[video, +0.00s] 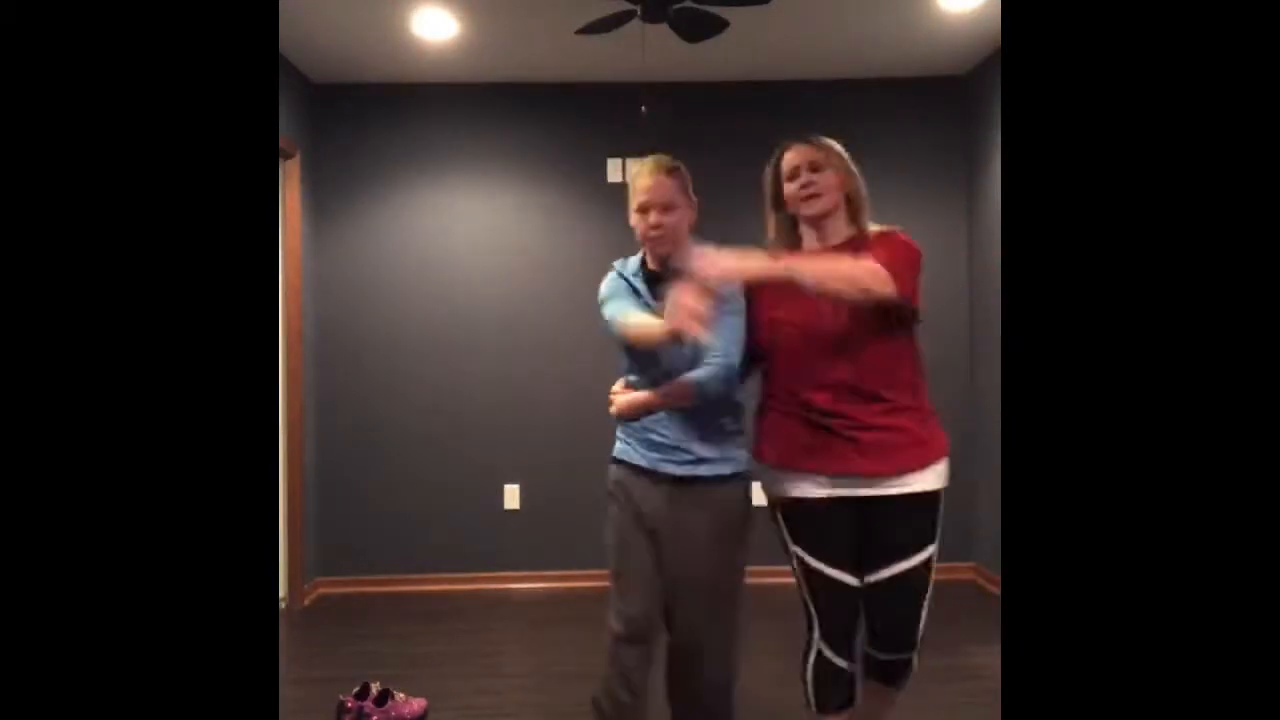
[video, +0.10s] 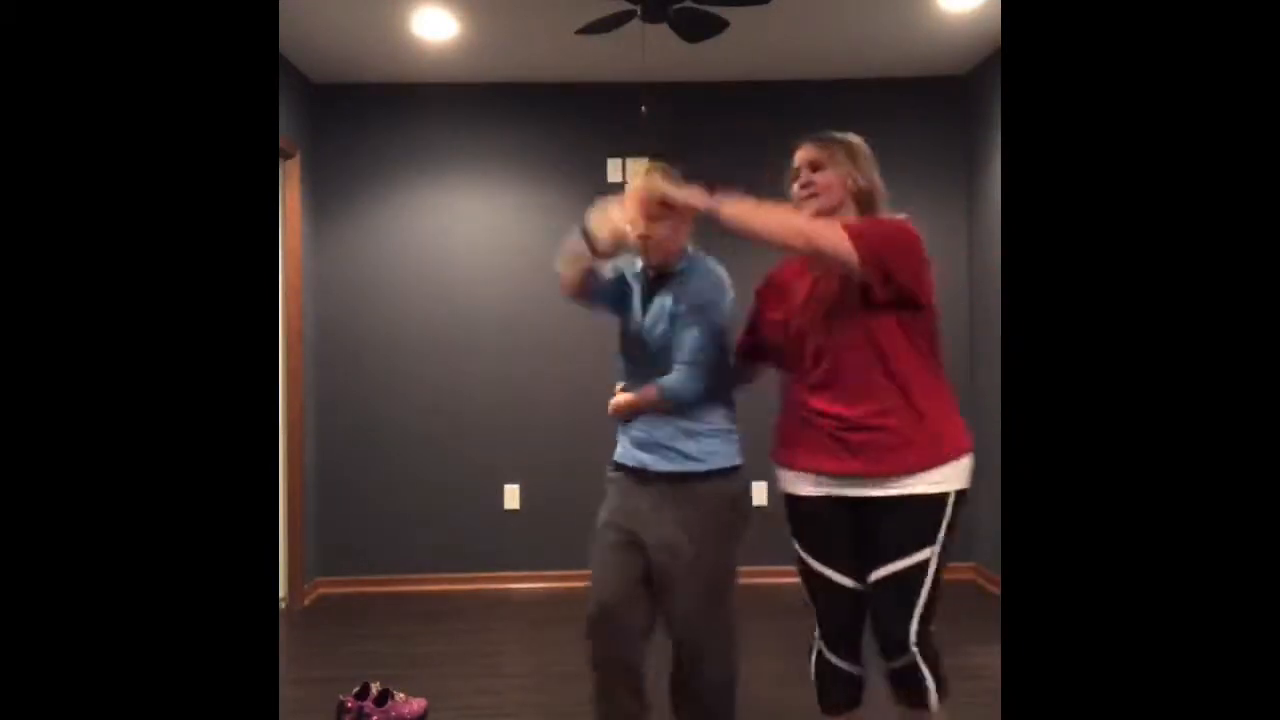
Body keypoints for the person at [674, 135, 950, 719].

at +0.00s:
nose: (804, 181)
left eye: (816, 169)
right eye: (792, 177)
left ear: (847, 178)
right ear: (782, 197)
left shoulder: (891, 247)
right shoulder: (765, 271)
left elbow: (874, 281)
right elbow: (742, 358)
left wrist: (761, 267)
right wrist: (691, 314)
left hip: (901, 472)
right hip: (806, 477)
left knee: (894, 637)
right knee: (834, 634)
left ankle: (872, 714)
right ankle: (834, 717)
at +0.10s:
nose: (800, 181)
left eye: (815, 168)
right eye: (794, 175)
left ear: (856, 176)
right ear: (792, 190)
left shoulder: (898, 240)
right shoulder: (784, 280)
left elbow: (815, 235)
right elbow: (742, 366)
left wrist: (709, 202)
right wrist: (663, 393)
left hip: (915, 476)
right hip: (816, 479)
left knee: (901, 637)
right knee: (837, 639)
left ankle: (926, 711)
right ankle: (837, 715)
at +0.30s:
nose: (827, 192)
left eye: (838, 178)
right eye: (826, 180)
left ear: (881, 180)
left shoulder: (919, 239)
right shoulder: (830, 283)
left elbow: (782, 195)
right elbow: (759, 339)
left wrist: (711, 145)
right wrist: (684, 370)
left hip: (950, 474)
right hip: (862, 478)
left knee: (945, 638)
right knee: (850, 631)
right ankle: (878, 716)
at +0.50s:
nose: (857, 194)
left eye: (868, 182)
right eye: (860, 182)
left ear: (906, 187)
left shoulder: (936, 245)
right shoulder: (884, 283)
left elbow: (785, 214)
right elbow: (799, 343)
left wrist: (770, 171)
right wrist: (708, 357)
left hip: (959, 481)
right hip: (903, 484)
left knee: (939, 647)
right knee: (851, 615)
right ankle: (886, 717)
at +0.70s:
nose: (852, 195)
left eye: (863, 184)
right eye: (856, 183)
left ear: (899, 191)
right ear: (914, 193)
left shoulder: (929, 251)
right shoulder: (877, 273)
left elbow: (851, 260)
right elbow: (815, 330)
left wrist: (789, 259)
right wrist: (728, 323)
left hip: (941, 471)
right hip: (888, 475)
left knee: (921, 648)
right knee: (849, 608)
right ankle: (893, 709)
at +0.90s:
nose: (807, 196)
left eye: (819, 184)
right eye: (811, 185)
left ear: (853, 194)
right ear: (846, 195)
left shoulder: (873, 258)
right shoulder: (826, 259)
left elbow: (888, 326)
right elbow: (780, 281)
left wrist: (783, 350)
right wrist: (735, 257)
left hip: (870, 464)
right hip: (837, 464)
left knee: (857, 622)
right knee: (834, 606)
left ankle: (932, 704)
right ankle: (893, 710)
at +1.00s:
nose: (780, 199)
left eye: (792, 188)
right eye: (783, 189)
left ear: (826, 197)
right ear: (822, 200)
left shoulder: (840, 266)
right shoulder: (802, 263)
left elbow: (862, 346)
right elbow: (738, 266)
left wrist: (788, 388)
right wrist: (712, 231)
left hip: (845, 462)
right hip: (822, 459)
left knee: (804, 609)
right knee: (838, 607)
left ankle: (902, 710)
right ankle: (899, 708)